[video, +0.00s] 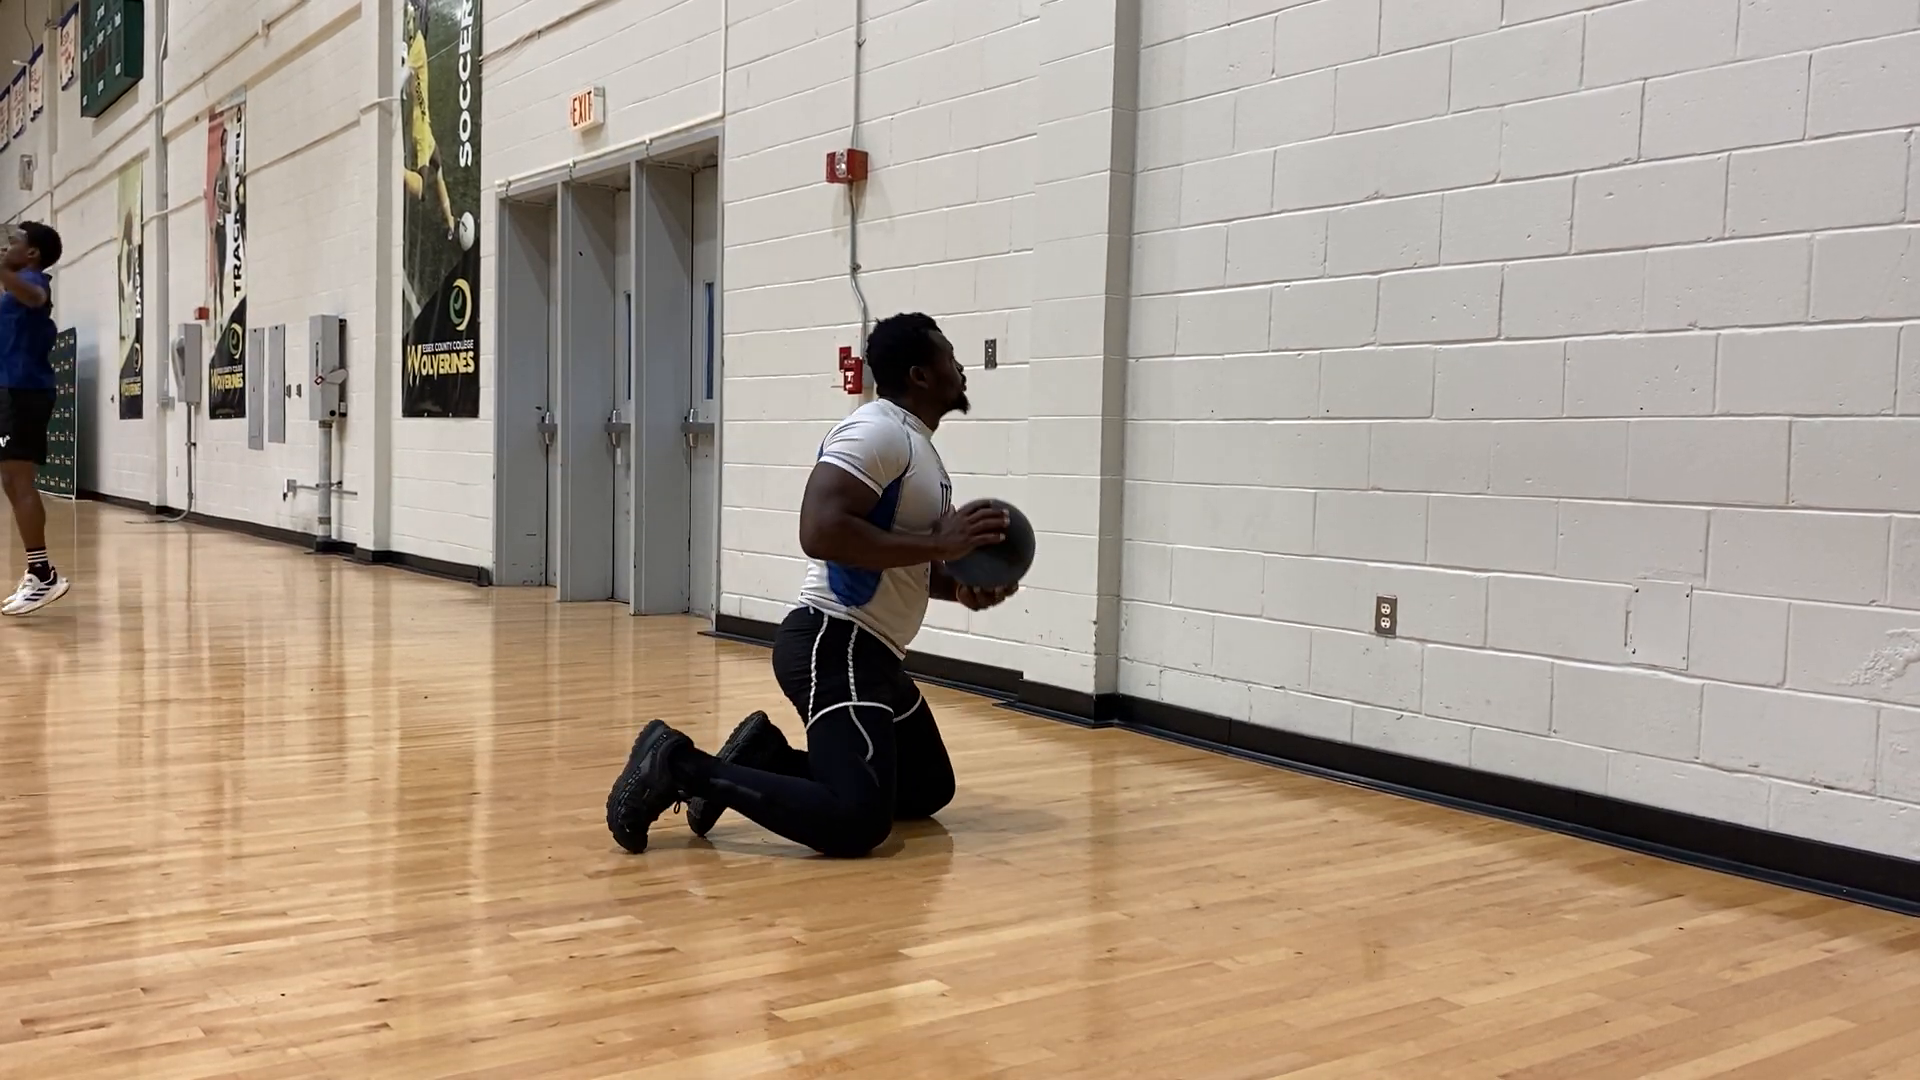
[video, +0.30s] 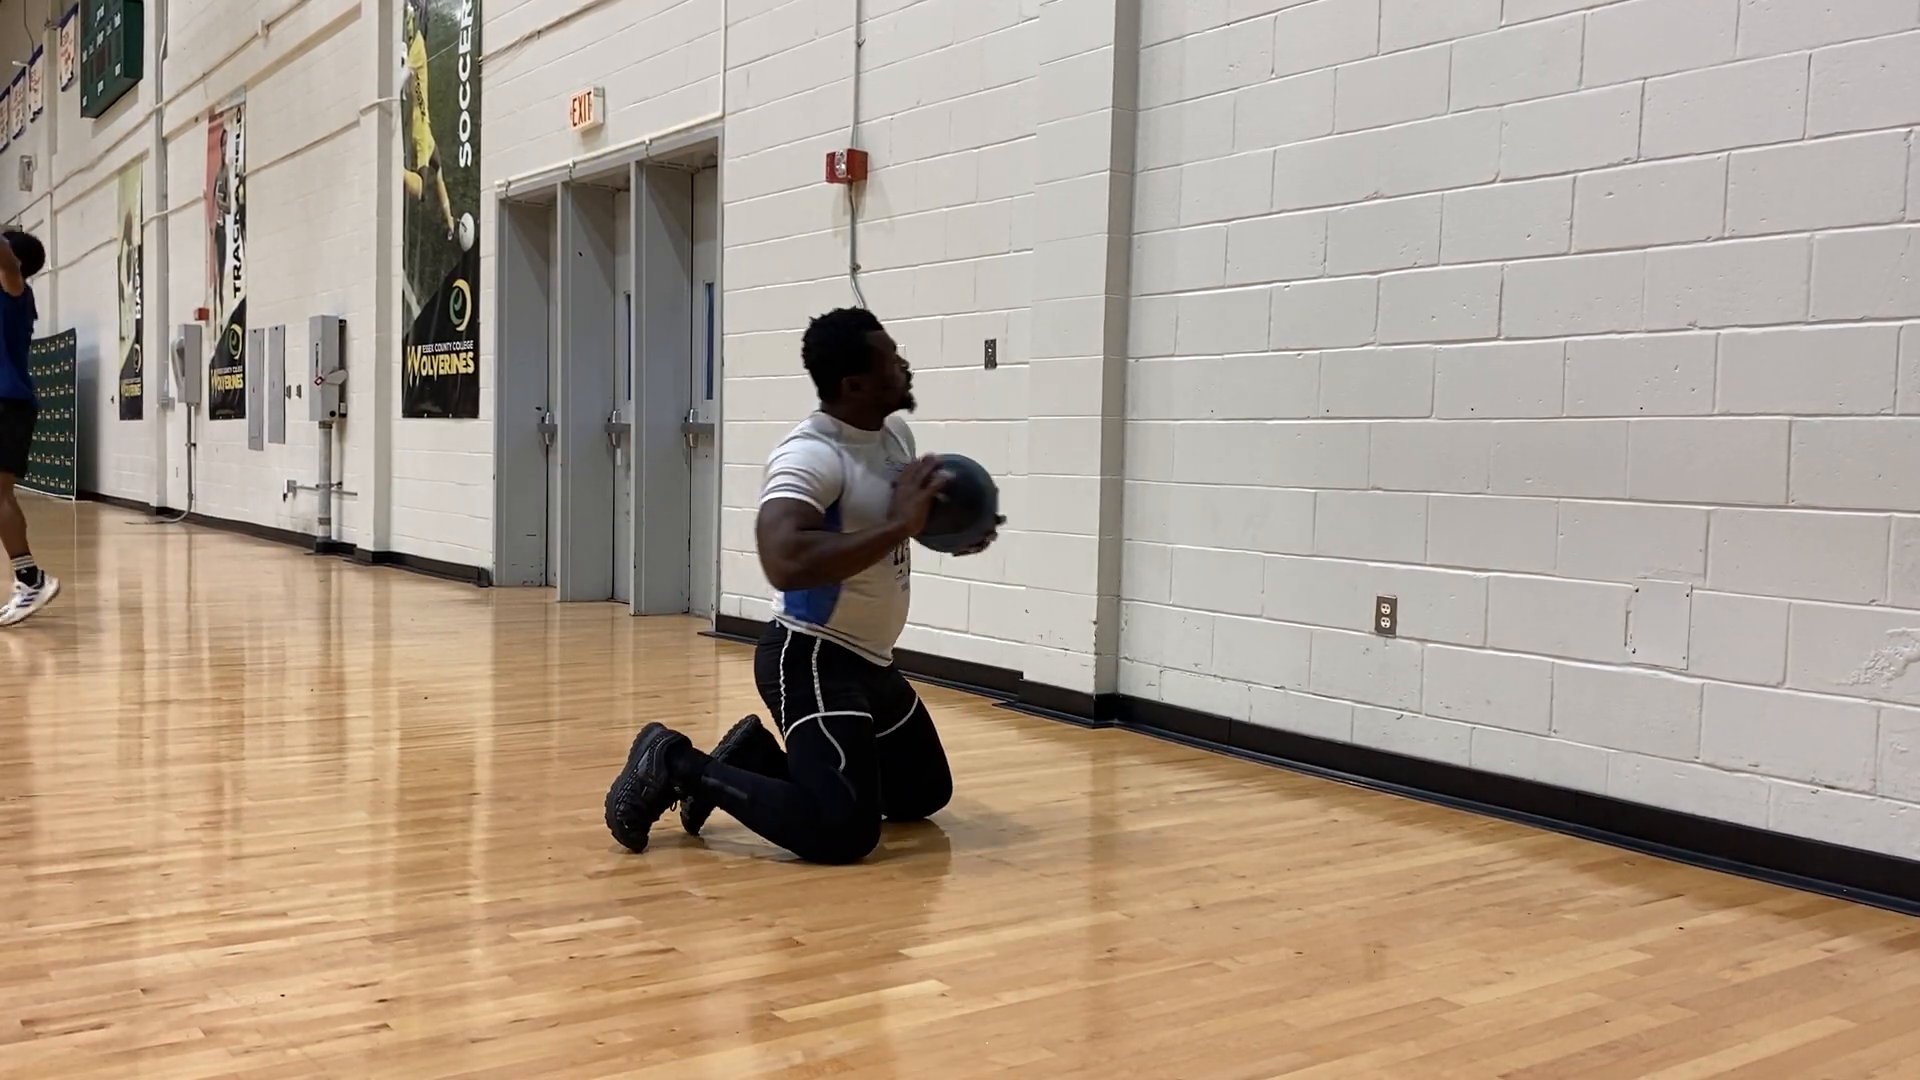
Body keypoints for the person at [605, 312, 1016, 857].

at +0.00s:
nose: (961, 367)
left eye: (954, 355)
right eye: (950, 356)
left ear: (916, 377)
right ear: (920, 375)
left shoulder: (920, 450)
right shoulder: (878, 429)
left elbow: (899, 562)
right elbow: (821, 530)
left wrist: (961, 587)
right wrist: (934, 545)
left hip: (871, 649)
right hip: (833, 641)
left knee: (925, 787)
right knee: (858, 822)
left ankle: (770, 760)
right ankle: (681, 766)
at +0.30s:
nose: (905, 364)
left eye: (897, 352)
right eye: (891, 358)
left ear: (858, 385)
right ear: (854, 386)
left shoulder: (894, 434)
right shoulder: (809, 453)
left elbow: (903, 511)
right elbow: (785, 561)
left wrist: (958, 527)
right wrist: (898, 527)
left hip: (868, 659)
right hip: (810, 657)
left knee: (922, 789)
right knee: (843, 833)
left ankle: (762, 763)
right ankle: (677, 766)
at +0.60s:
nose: (844, 357)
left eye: (846, 343)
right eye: (824, 349)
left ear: (851, 341)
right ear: (778, 364)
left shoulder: (882, 419)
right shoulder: (742, 442)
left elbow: (954, 501)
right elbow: (652, 534)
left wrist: (914, 498)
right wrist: (748, 524)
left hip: (850, 653)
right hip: (792, 651)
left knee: (875, 795)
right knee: (836, 832)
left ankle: (699, 757)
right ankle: (667, 768)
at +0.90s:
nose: (843, 345)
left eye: (842, 332)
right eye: (825, 332)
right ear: (774, 342)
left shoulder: (847, 420)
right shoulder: (734, 428)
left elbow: (912, 523)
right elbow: (681, 546)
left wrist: (895, 496)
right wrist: (799, 508)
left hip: (832, 648)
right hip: (785, 650)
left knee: (852, 811)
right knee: (832, 834)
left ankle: (678, 757)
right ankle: (660, 771)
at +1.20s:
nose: (860, 358)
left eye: (857, 344)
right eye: (845, 345)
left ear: (809, 356)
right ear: (799, 354)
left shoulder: (825, 434)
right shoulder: (773, 420)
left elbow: (839, 544)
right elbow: (792, 509)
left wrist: (910, 518)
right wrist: (876, 479)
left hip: (808, 648)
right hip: (777, 651)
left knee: (848, 798)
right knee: (833, 831)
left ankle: (679, 755)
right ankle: (662, 770)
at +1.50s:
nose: (886, 369)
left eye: (882, 355)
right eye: (873, 356)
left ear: (835, 364)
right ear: (832, 363)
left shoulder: (835, 437)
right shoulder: (791, 413)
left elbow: (837, 555)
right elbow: (809, 488)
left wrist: (908, 526)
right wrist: (883, 480)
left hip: (809, 646)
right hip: (772, 643)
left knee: (857, 796)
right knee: (814, 827)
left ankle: (682, 755)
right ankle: (638, 761)